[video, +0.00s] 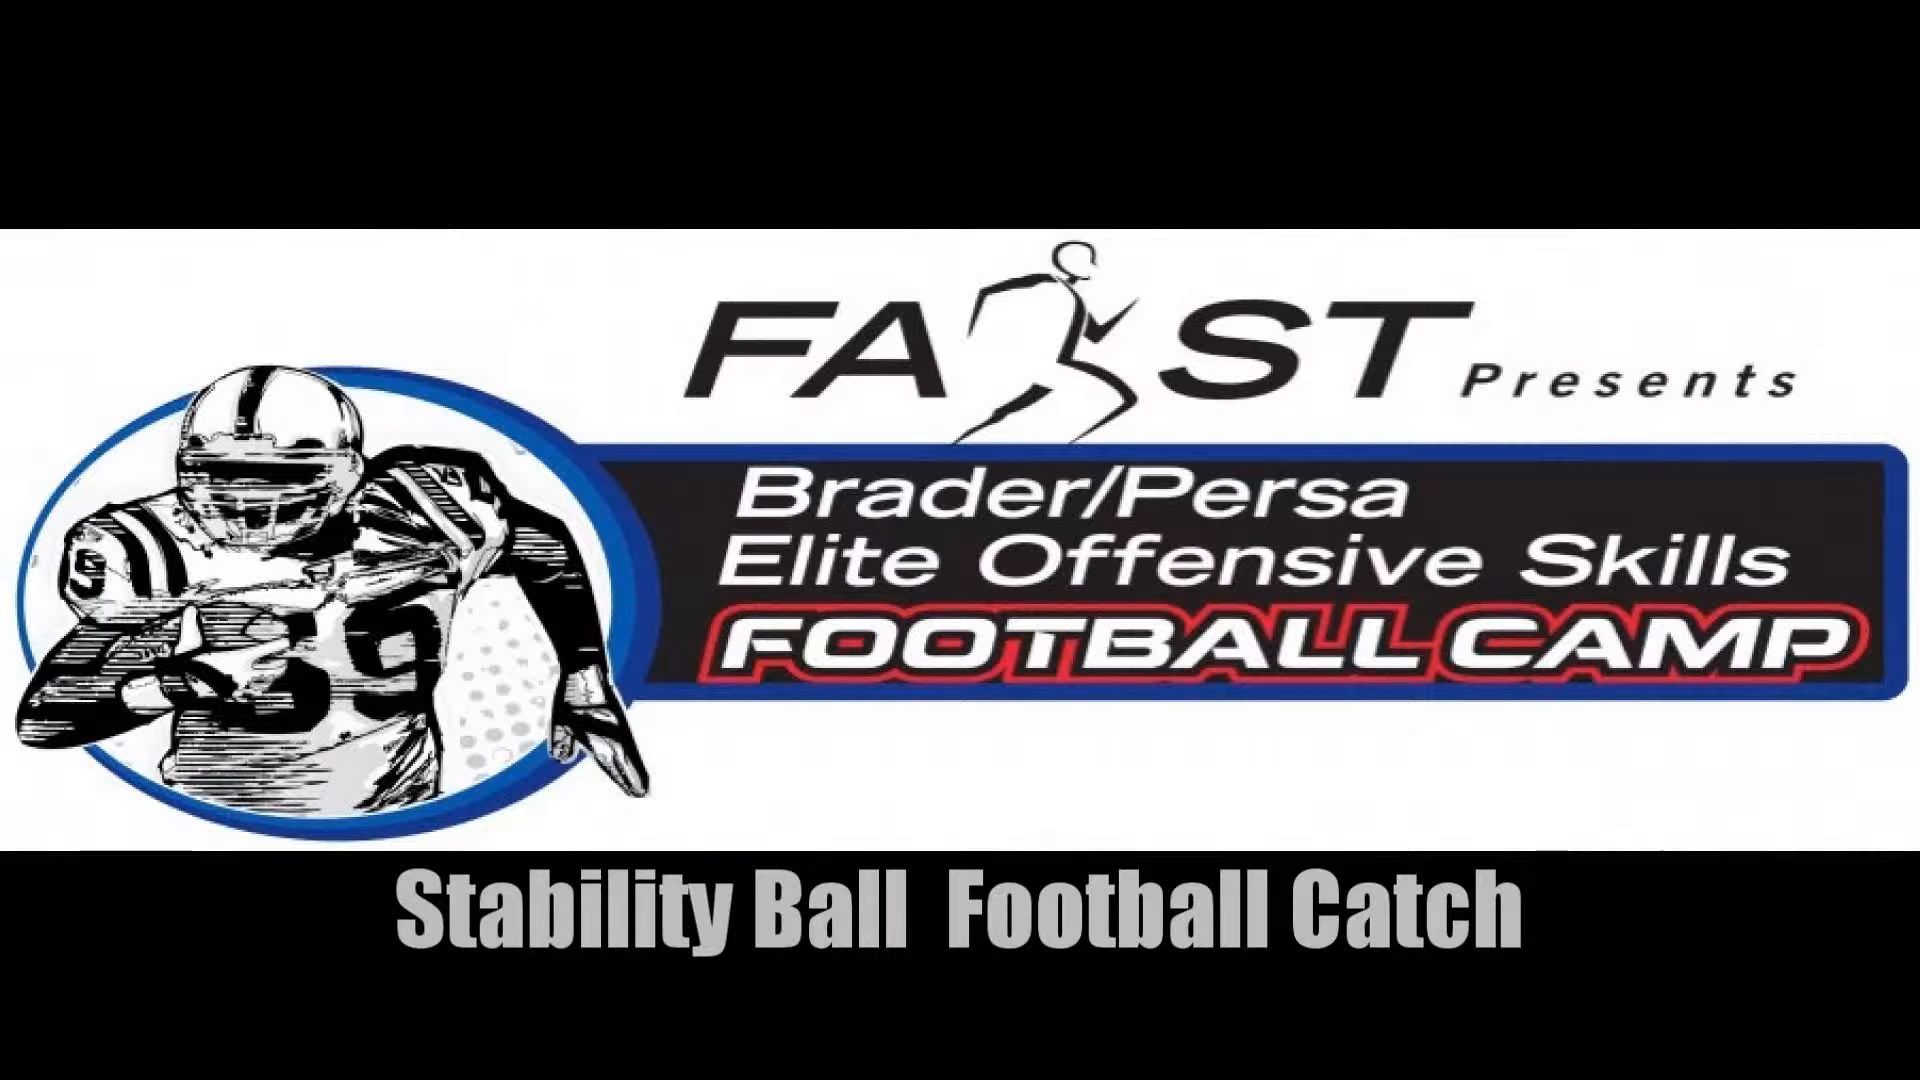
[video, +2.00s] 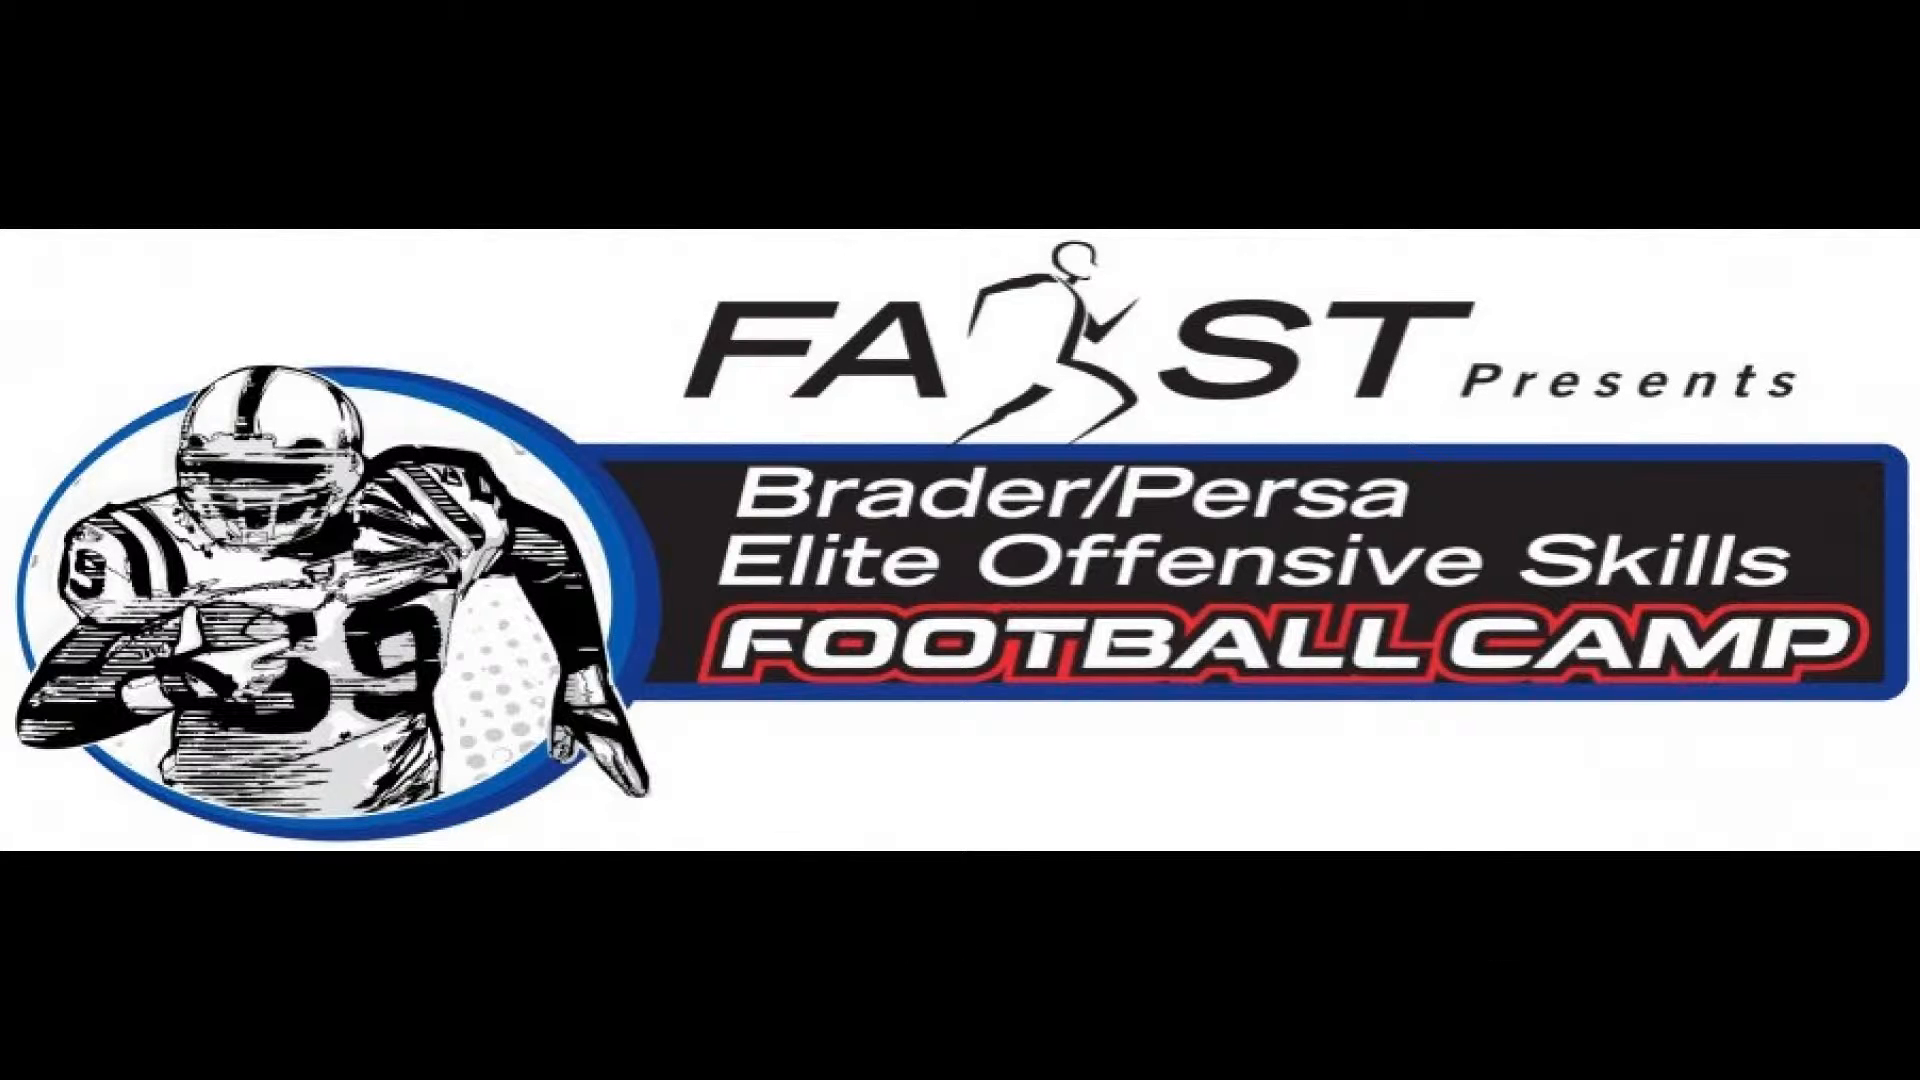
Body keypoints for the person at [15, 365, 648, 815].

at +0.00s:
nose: (253, 515)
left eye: (280, 493)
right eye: (230, 493)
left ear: (336, 479)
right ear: (195, 479)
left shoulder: (423, 508)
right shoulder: (140, 549)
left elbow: (546, 548)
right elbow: (43, 716)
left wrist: (585, 672)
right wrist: (172, 683)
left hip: (387, 812)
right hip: (219, 816)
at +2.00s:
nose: (252, 515)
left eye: (280, 493)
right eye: (229, 492)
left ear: (336, 480)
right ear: (194, 479)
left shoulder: (426, 508)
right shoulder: (142, 549)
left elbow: (546, 548)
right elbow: (43, 716)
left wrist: (585, 671)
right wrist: (175, 683)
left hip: (387, 812)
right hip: (218, 815)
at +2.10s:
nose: (252, 515)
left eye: (280, 493)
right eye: (229, 492)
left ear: (336, 480)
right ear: (194, 479)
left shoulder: (426, 508)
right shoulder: (142, 549)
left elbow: (546, 548)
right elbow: (43, 716)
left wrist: (585, 671)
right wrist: (175, 683)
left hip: (387, 812)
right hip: (218, 815)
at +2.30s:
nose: (253, 514)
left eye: (281, 492)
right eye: (230, 491)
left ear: (337, 479)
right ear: (194, 478)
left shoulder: (425, 507)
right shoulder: (140, 549)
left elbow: (545, 547)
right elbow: (43, 716)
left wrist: (585, 672)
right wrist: (173, 684)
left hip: (388, 811)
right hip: (219, 815)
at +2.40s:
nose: (253, 514)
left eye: (281, 492)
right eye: (230, 491)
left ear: (337, 479)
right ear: (194, 478)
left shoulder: (425, 507)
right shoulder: (140, 549)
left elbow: (545, 547)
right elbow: (43, 716)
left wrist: (585, 672)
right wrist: (173, 684)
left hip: (388, 811)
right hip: (219, 815)